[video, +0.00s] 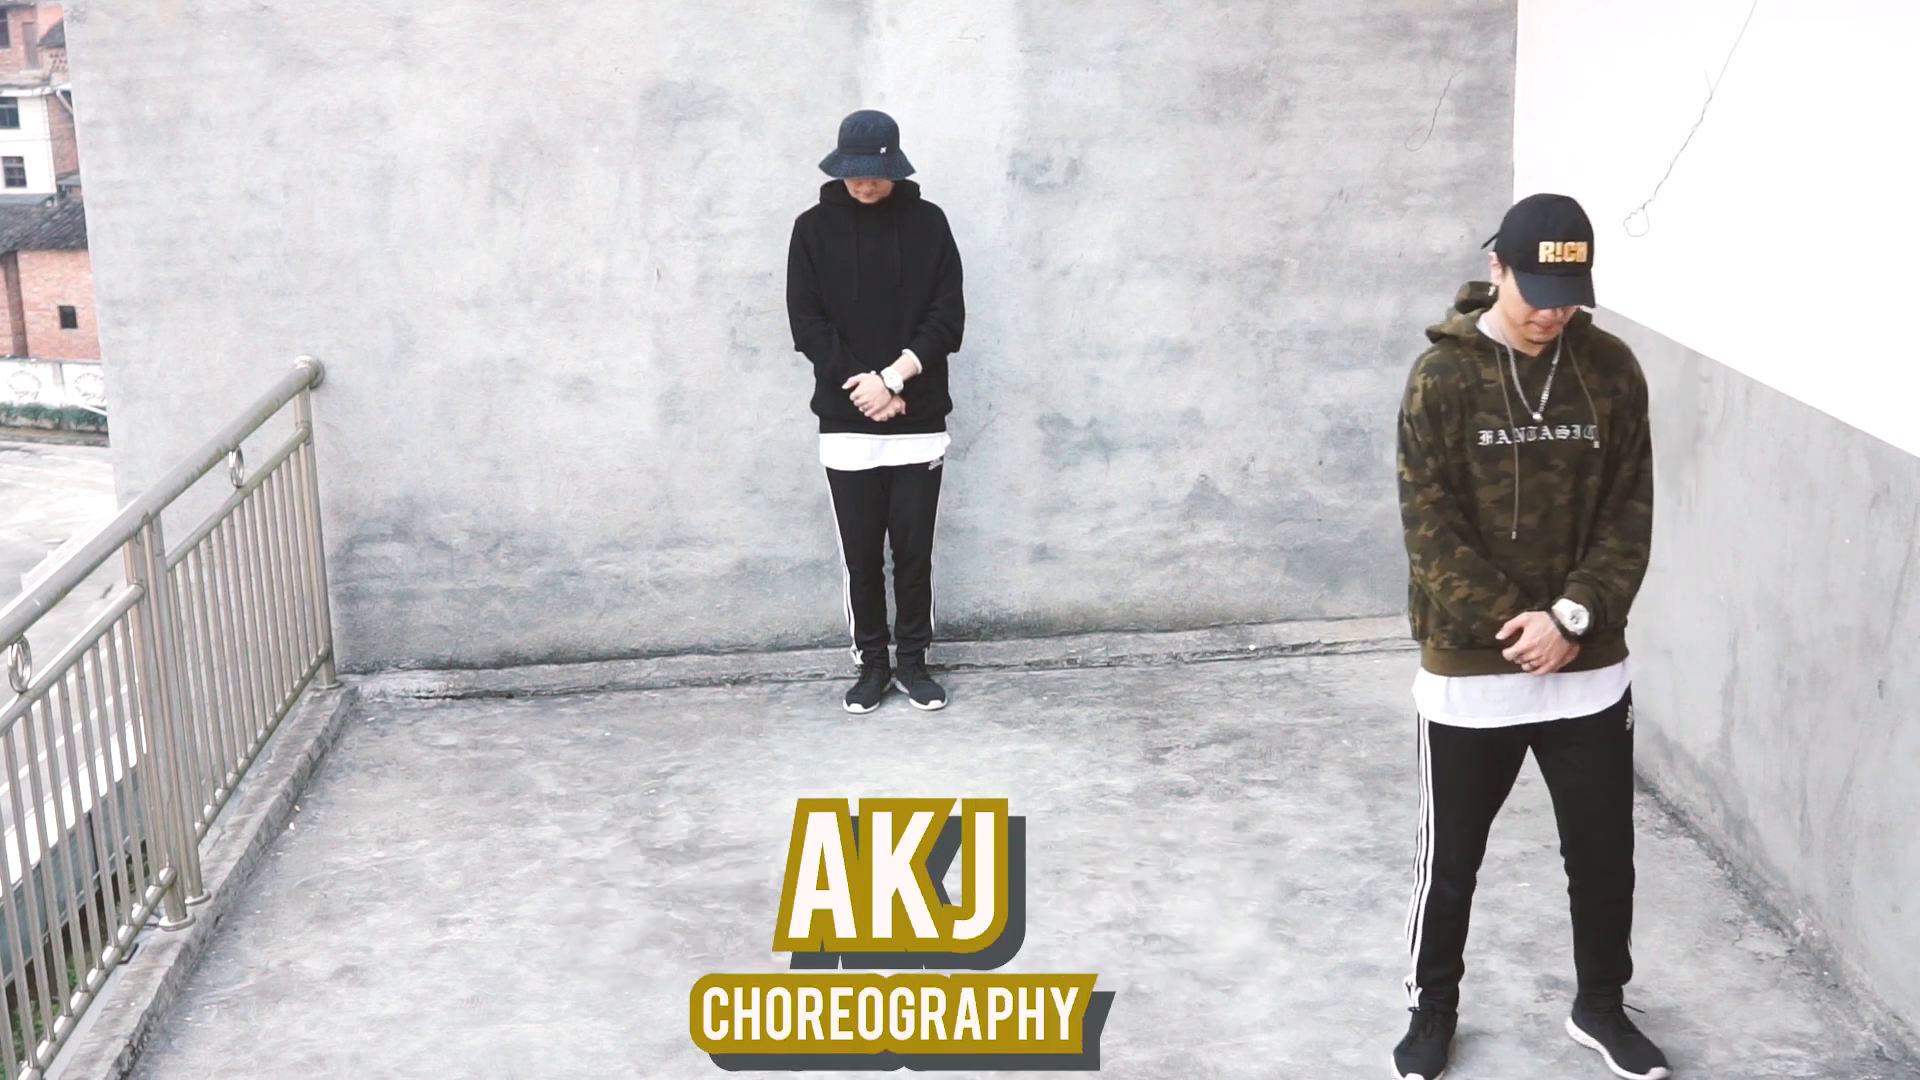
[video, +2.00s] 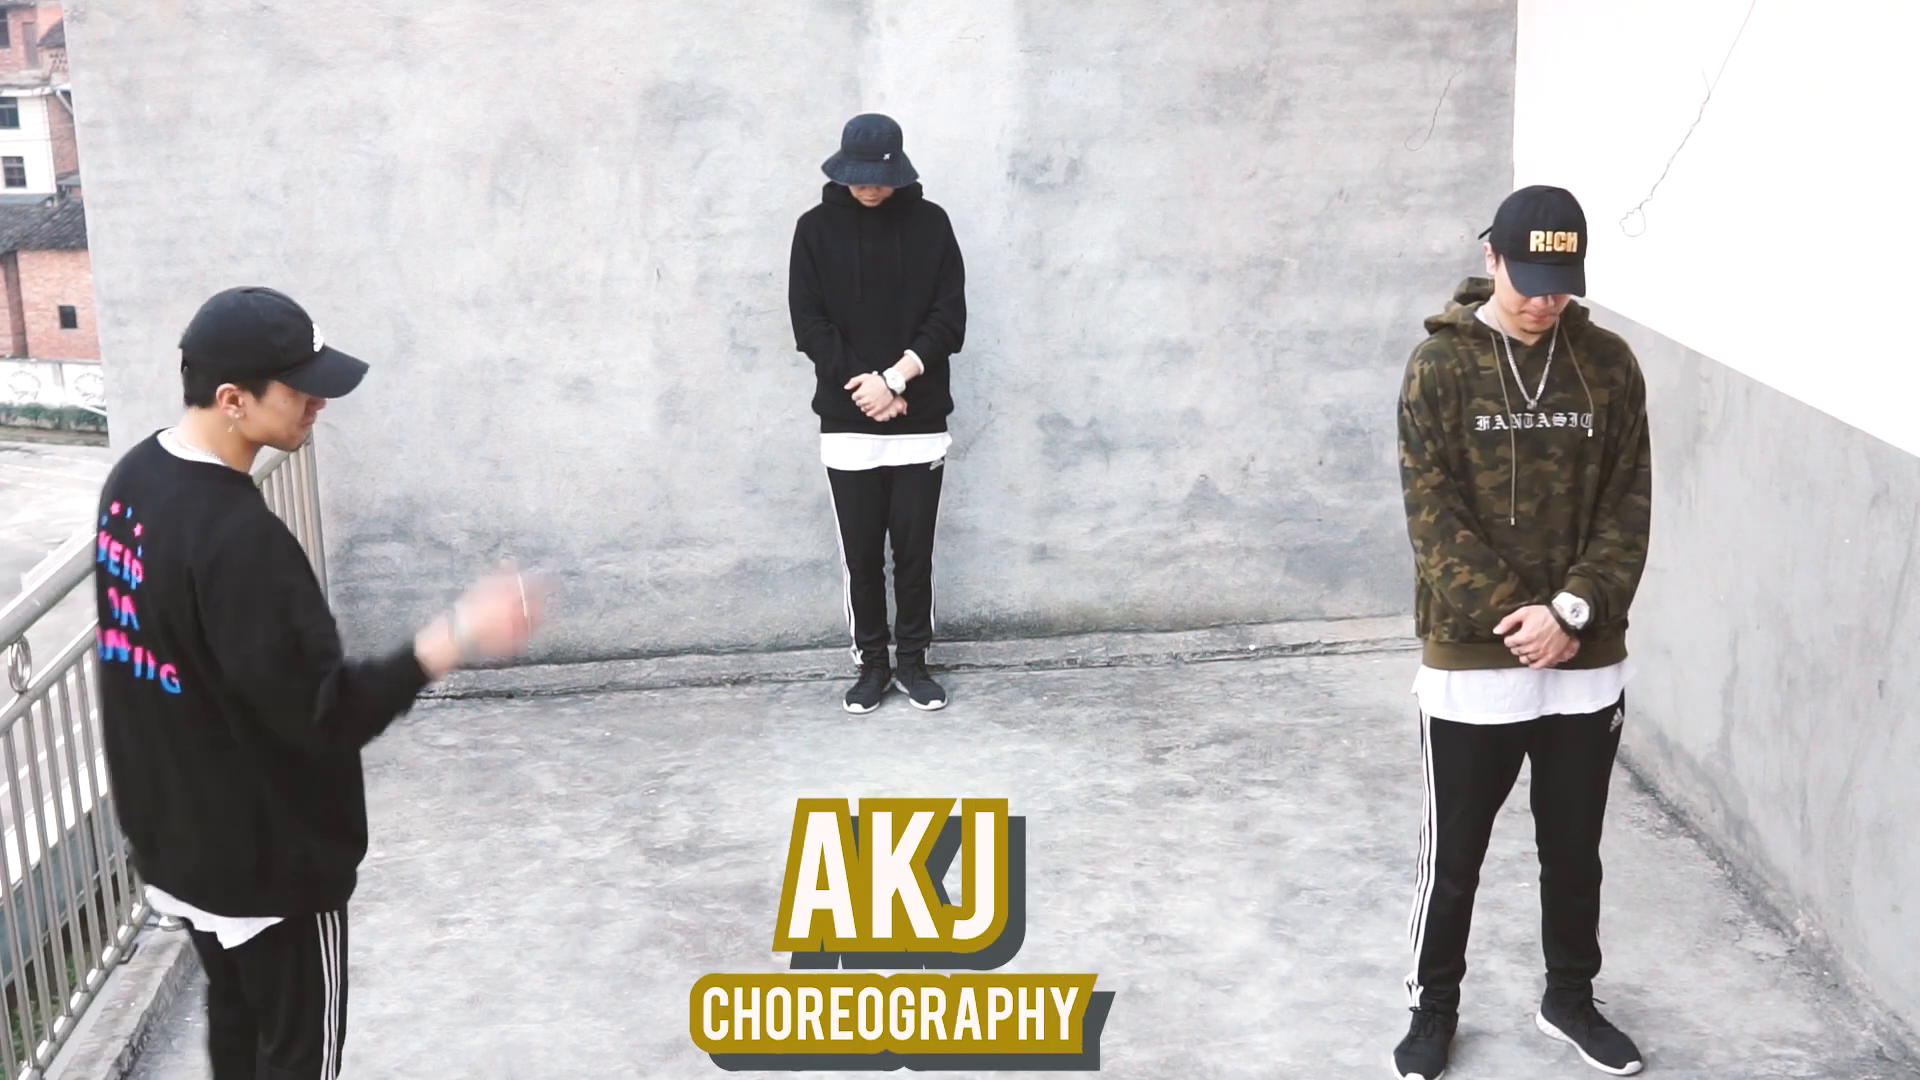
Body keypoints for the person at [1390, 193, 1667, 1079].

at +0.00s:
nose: (1555, 313)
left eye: (1571, 296)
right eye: (1539, 294)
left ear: (1590, 283)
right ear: (1498, 268)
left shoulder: (1612, 367)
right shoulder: (1443, 372)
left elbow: (1629, 514)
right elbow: (1431, 524)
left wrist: (1574, 617)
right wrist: (1522, 628)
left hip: (1587, 665)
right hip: (1469, 670)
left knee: (1604, 853)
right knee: (1450, 856)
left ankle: (1601, 1002)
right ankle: (1432, 1011)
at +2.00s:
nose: (1547, 300)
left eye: (1563, 284)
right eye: (1532, 281)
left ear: (1583, 271)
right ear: (1493, 258)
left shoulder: (1610, 363)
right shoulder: (1442, 361)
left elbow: (1629, 508)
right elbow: (1432, 514)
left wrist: (1577, 612)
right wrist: (1520, 619)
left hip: (1585, 660)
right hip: (1471, 663)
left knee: (1575, 849)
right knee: (1453, 853)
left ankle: (1571, 998)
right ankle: (1433, 1007)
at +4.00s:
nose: (1547, 300)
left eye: (1562, 284)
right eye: (1530, 281)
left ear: (1582, 271)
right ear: (1491, 259)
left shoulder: (1609, 364)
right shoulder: (1440, 363)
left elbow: (1628, 508)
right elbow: (1431, 514)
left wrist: (1575, 613)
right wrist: (1519, 621)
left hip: (1583, 661)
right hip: (1469, 662)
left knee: (1574, 850)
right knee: (1453, 853)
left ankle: (1571, 998)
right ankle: (1433, 1006)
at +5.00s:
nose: (1554, 302)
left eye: (1569, 285)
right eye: (1538, 283)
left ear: (1588, 273)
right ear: (1498, 260)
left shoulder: (1615, 365)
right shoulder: (1445, 362)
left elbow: (1633, 509)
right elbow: (1436, 513)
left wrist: (1578, 613)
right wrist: (1521, 620)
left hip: (1587, 660)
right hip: (1473, 662)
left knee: (1577, 849)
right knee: (1455, 852)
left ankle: (1571, 997)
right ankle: (1434, 1005)